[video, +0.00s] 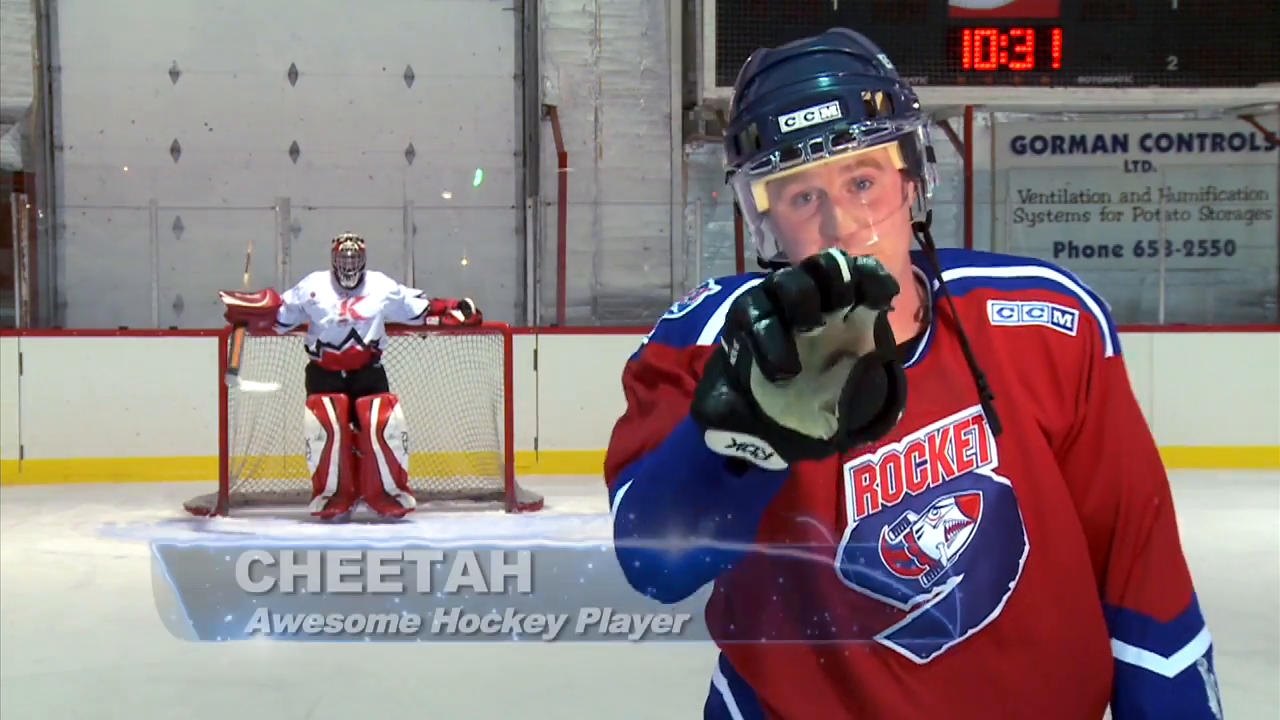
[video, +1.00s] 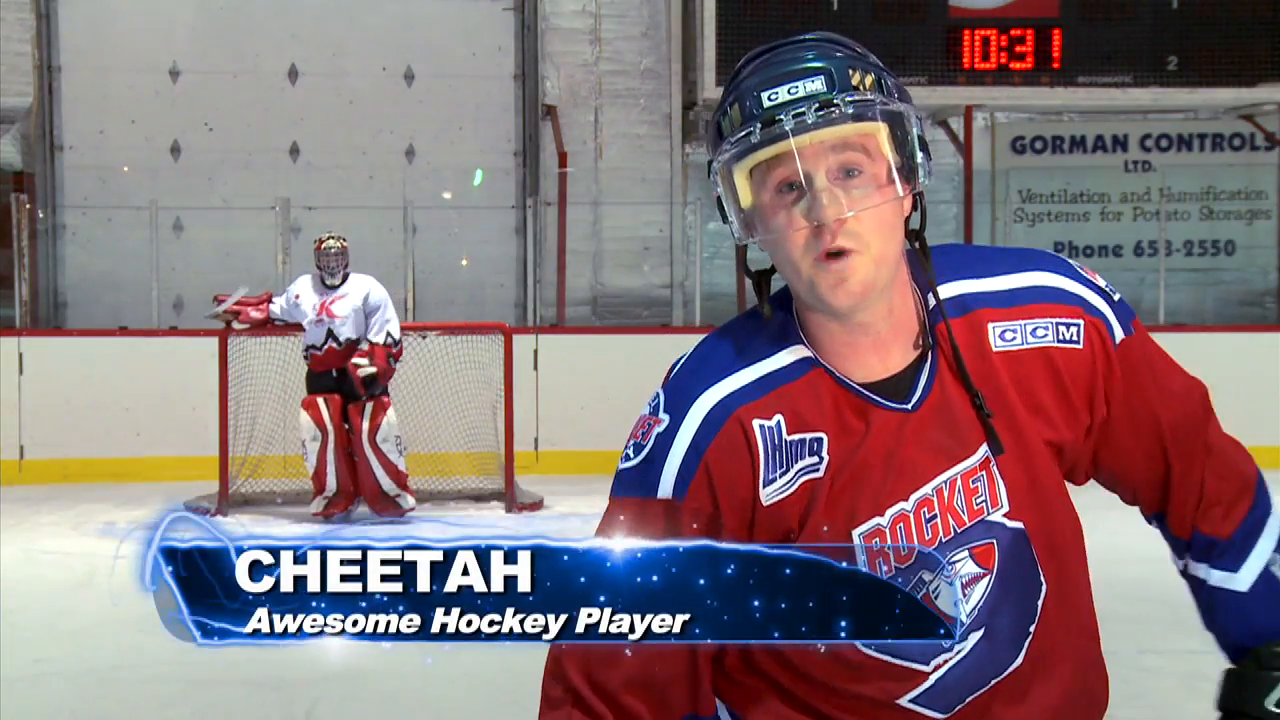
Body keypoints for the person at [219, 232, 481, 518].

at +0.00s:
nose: (350, 263)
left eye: (355, 258)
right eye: (344, 258)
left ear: (363, 259)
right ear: (334, 259)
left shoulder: (381, 287)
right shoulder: (313, 286)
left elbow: (419, 307)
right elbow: (280, 314)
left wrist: (452, 308)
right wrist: (247, 310)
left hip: (367, 372)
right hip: (325, 374)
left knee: (381, 430)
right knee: (330, 432)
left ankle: (385, 498)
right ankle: (334, 500)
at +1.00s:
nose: (333, 263)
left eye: (338, 257)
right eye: (327, 258)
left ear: (346, 259)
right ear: (317, 260)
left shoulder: (367, 288)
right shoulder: (303, 289)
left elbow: (386, 329)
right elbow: (276, 309)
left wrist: (379, 363)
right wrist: (240, 309)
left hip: (359, 371)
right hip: (320, 375)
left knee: (371, 434)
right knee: (325, 436)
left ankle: (390, 499)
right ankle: (334, 500)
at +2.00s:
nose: (338, 263)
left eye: (343, 257)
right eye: (332, 258)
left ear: (352, 258)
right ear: (323, 260)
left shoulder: (371, 286)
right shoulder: (307, 287)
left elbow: (389, 326)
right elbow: (281, 310)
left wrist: (352, 333)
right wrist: (245, 311)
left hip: (363, 374)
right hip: (323, 374)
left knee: (369, 431)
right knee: (322, 433)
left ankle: (391, 498)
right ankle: (332, 499)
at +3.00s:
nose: (340, 263)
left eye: (346, 257)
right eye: (334, 257)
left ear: (355, 259)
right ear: (325, 259)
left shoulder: (372, 289)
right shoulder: (308, 286)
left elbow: (399, 325)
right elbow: (281, 310)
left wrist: (378, 356)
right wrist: (247, 314)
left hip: (359, 372)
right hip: (320, 374)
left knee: (365, 434)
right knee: (325, 435)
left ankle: (389, 497)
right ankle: (334, 497)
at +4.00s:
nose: (344, 264)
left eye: (350, 258)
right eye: (338, 259)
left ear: (358, 260)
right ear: (328, 261)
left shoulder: (378, 288)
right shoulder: (309, 288)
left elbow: (416, 303)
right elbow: (276, 315)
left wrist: (432, 315)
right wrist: (246, 332)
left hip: (365, 374)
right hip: (322, 375)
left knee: (372, 433)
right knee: (327, 435)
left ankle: (387, 500)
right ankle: (334, 499)